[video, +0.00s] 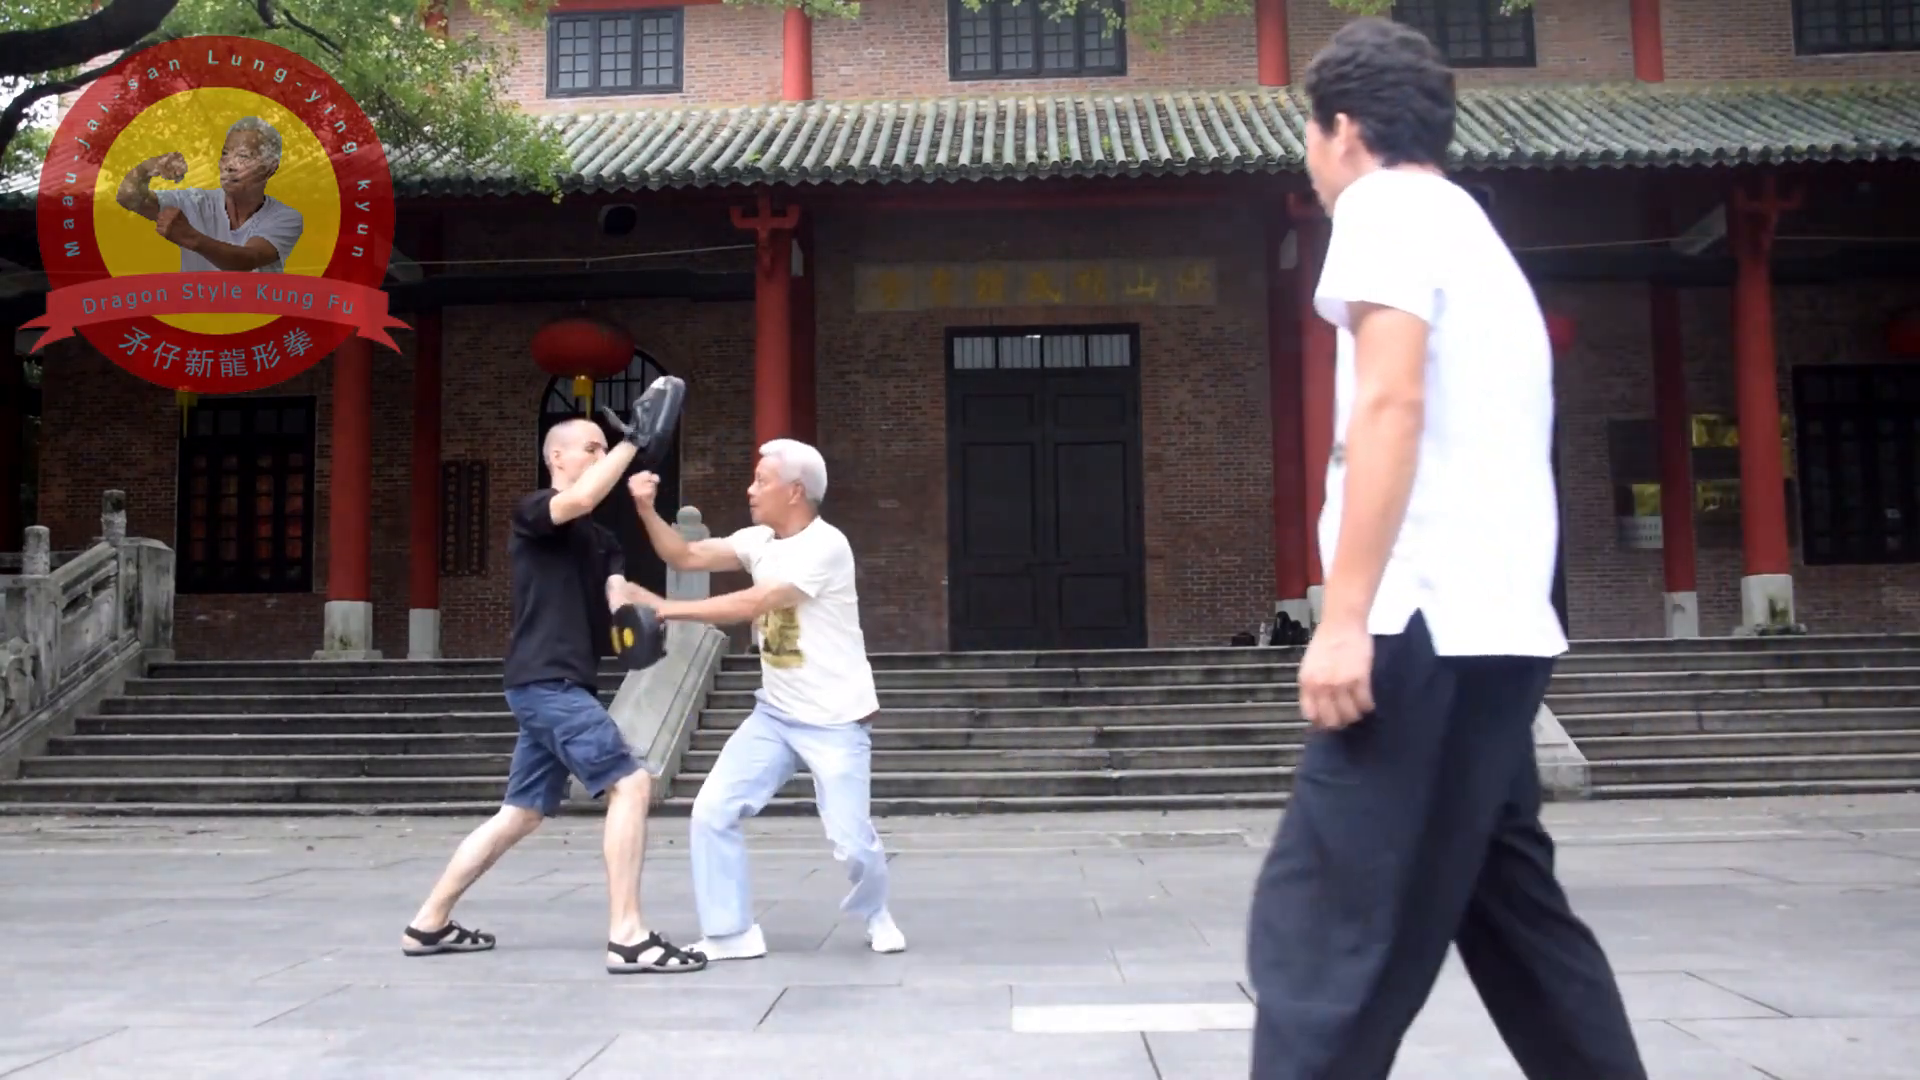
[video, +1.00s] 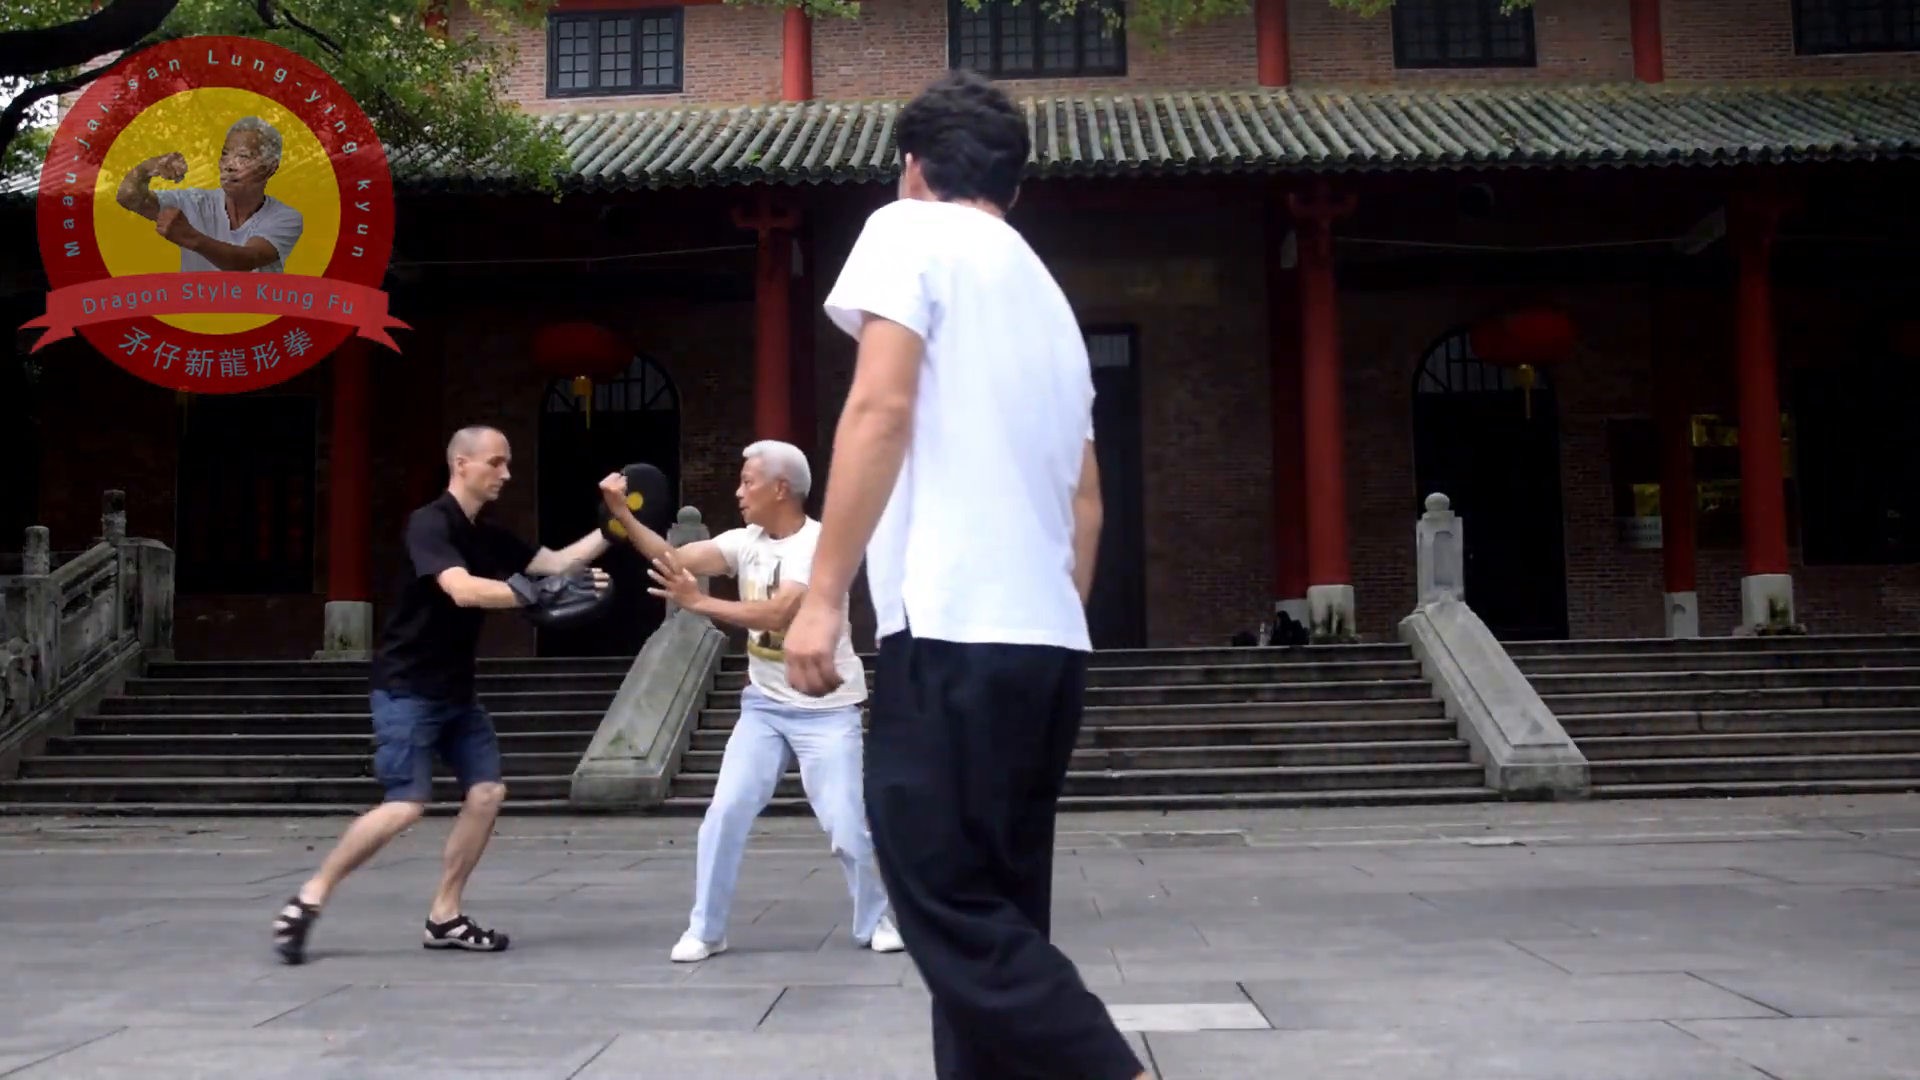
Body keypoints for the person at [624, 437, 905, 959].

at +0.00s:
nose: (749, 489)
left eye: (760, 480)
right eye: (753, 478)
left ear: (794, 492)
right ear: (785, 490)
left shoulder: (826, 546)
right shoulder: (760, 539)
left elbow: (754, 604)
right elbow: (685, 554)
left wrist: (660, 606)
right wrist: (646, 509)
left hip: (835, 721)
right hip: (774, 715)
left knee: (851, 841)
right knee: (712, 812)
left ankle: (877, 915)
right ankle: (733, 933)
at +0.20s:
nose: (757, 491)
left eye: (767, 481)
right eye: (759, 480)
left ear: (802, 491)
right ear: (791, 491)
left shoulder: (836, 547)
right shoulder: (764, 543)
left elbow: (784, 611)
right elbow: (690, 561)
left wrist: (706, 596)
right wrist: (647, 513)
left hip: (836, 717)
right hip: (772, 711)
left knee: (855, 838)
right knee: (733, 818)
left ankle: (876, 923)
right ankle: (703, 932)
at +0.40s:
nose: (757, 488)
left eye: (767, 479)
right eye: (759, 478)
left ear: (802, 490)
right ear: (790, 489)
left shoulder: (837, 546)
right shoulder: (763, 542)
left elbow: (789, 614)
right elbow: (692, 554)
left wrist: (711, 599)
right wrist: (643, 505)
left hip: (833, 711)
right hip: (770, 706)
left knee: (851, 830)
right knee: (730, 813)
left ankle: (876, 923)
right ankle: (704, 931)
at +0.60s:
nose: (755, 489)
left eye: (766, 481)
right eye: (757, 480)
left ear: (800, 491)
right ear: (785, 491)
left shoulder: (837, 548)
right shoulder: (758, 544)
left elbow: (790, 614)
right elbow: (690, 557)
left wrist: (711, 599)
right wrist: (642, 510)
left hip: (832, 712)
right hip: (767, 707)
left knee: (852, 828)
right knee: (729, 810)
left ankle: (877, 923)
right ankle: (705, 931)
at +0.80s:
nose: (747, 491)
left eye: (757, 482)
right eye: (749, 481)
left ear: (792, 491)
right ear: (775, 491)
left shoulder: (831, 547)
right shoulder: (752, 544)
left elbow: (785, 616)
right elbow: (684, 559)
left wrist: (706, 601)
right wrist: (633, 513)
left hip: (829, 713)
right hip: (763, 709)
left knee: (850, 830)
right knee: (727, 809)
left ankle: (876, 920)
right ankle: (704, 929)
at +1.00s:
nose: (739, 490)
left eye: (747, 481)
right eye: (740, 480)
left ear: (781, 489)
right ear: (768, 488)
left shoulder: (820, 543)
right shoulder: (746, 541)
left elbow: (777, 615)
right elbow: (675, 559)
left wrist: (698, 601)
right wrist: (621, 513)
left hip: (829, 713)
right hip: (764, 709)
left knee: (848, 833)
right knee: (727, 808)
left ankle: (877, 920)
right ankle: (705, 931)